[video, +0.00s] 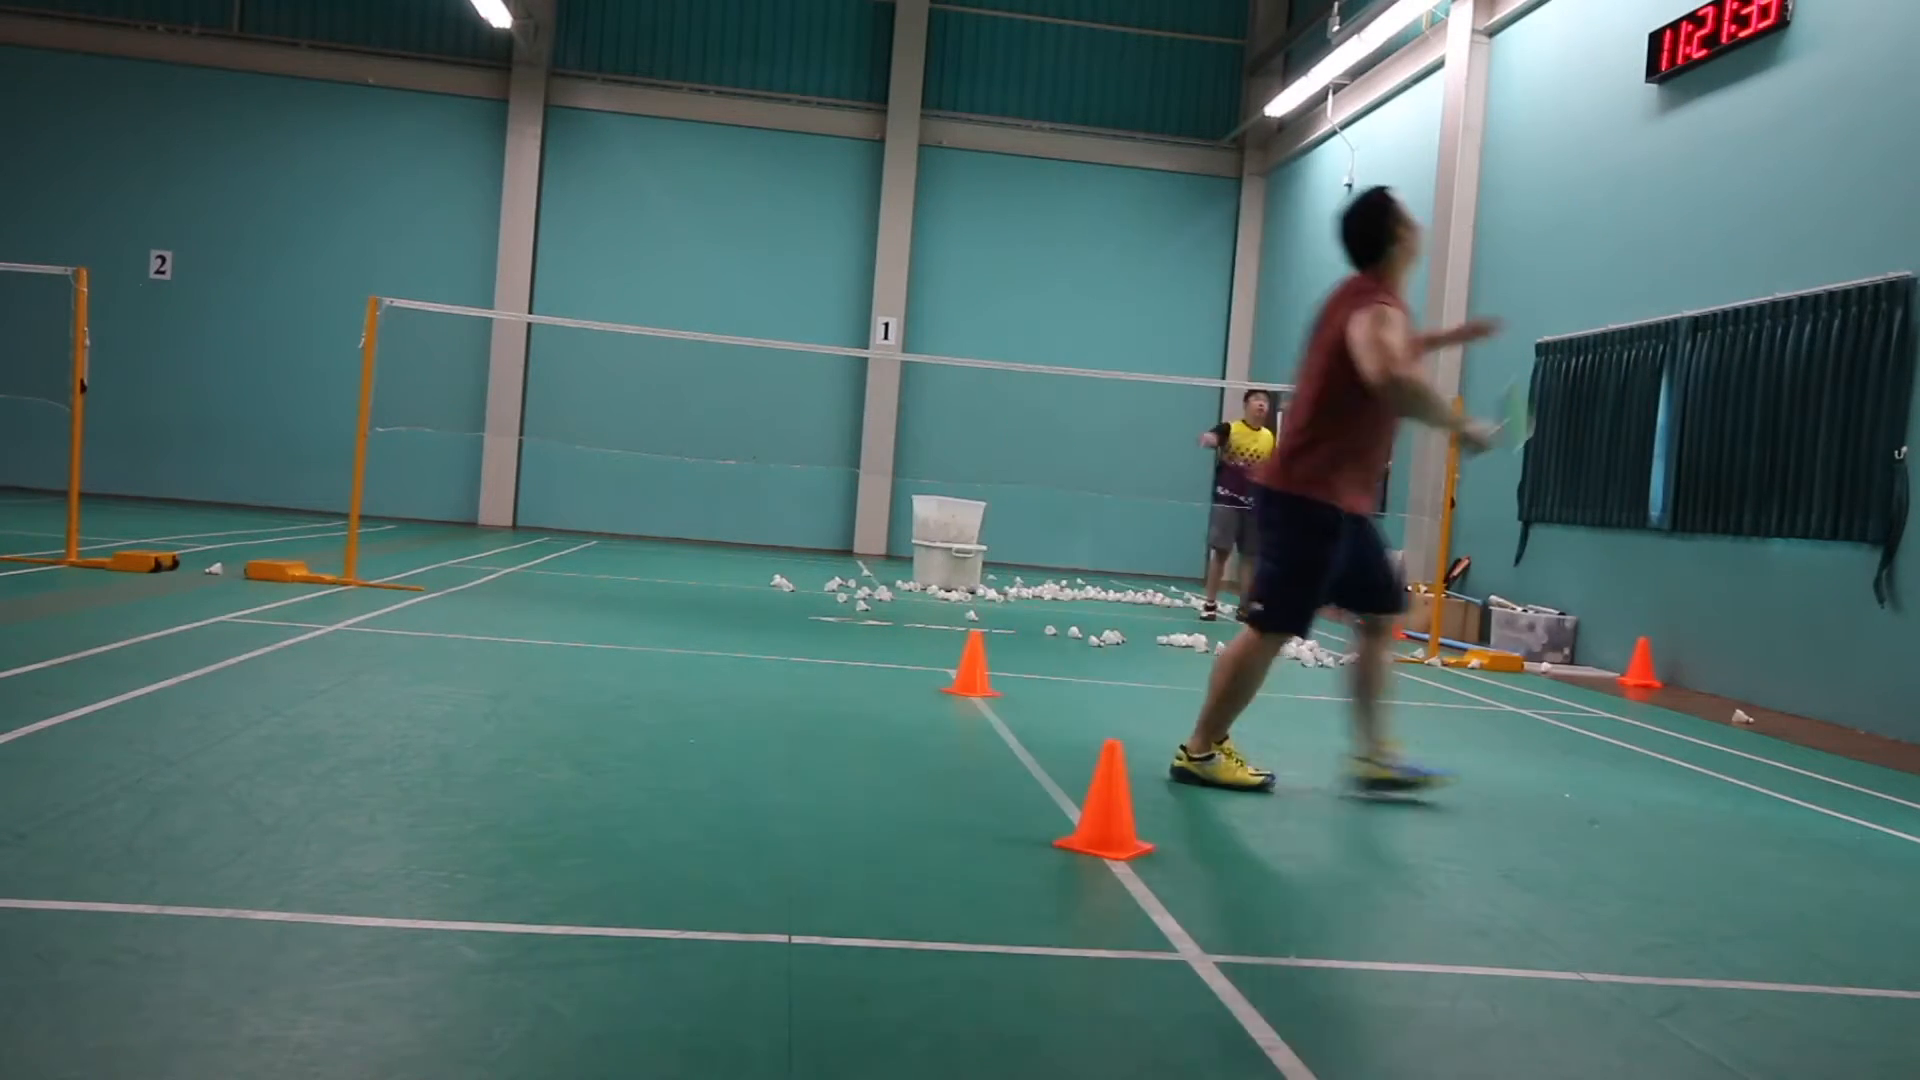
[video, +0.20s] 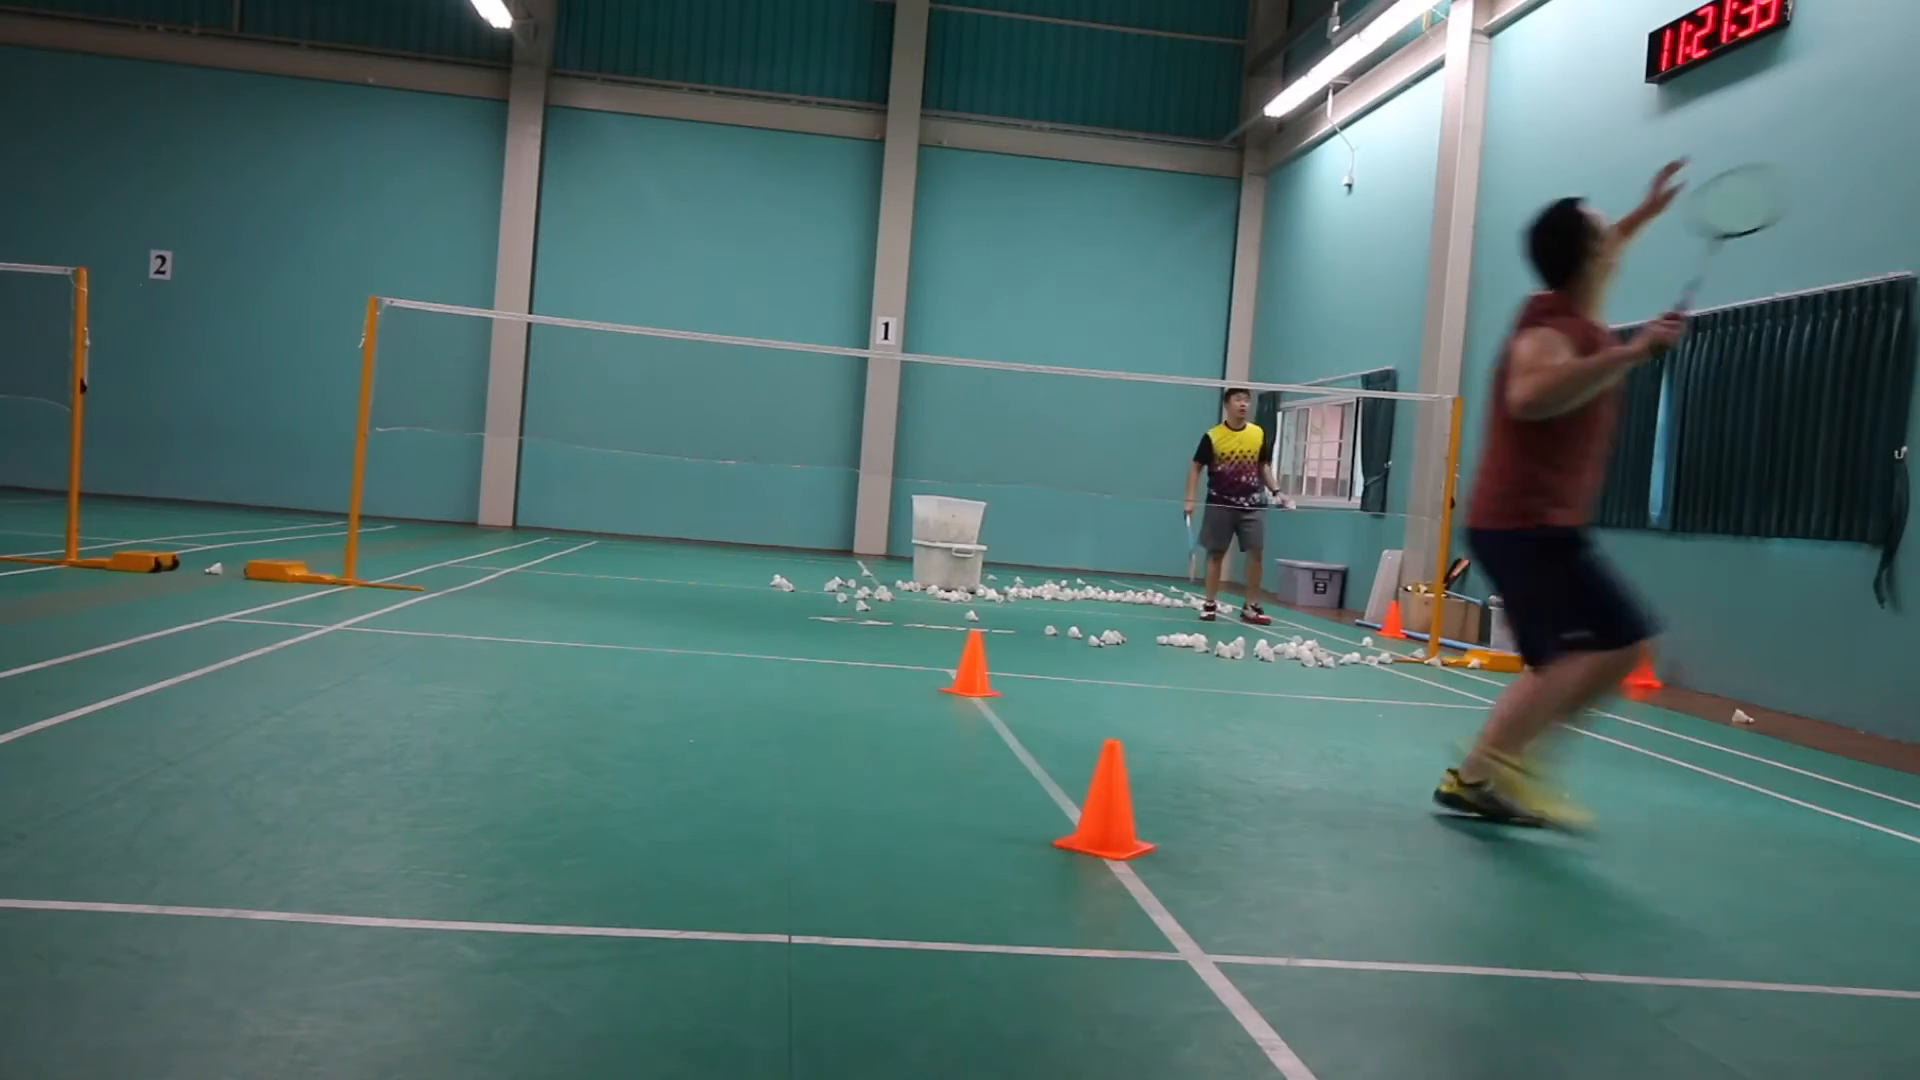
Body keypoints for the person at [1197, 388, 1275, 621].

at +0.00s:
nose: (1261, 405)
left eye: (1265, 402)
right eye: (1257, 401)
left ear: (1268, 409)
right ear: (1246, 405)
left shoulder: (1269, 437)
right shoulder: (1231, 428)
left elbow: (1274, 465)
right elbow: (1214, 435)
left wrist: (1263, 473)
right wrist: (1210, 439)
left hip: (1255, 503)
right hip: (1228, 500)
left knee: (1250, 558)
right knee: (1220, 554)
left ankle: (1245, 605)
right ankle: (1210, 602)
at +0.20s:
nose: (1243, 404)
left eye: (1246, 400)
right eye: (1238, 399)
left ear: (1250, 406)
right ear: (1227, 404)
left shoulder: (1259, 434)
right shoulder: (1212, 437)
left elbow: (1264, 466)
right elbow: (1196, 468)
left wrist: (1276, 491)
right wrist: (1190, 500)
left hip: (1251, 505)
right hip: (1221, 505)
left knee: (1256, 553)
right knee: (1216, 555)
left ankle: (1251, 605)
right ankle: (1210, 602)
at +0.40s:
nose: (1244, 407)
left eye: (1247, 403)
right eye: (1239, 403)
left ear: (1251, 407)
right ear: (1229, 407)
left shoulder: (1263, 435)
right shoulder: (1215, 439)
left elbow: (1270, 467)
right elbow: (1200, 473)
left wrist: (1284, 496)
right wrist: (1193, 503)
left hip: (1254, 508)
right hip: (1223, 507)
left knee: (1259, 557)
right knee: (1217, 555)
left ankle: (1268, 607)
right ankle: (1209, 603)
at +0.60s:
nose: (1264, 407)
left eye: (1267, 403)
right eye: (1259, 403)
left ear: (1271, 408)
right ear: (1248, 407)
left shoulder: (1280, 439)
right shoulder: (1232, 438)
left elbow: (1286, 471)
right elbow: (1218, 470)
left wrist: (1299, 501)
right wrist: (1214, 500)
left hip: (1266, 508)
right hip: (1236, 506)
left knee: (1270, 558)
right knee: (1226, 554)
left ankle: (1271, 609)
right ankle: (1210, 602)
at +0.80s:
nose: (1275, 409)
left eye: (1279, 405)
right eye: (1270, 405)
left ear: (1283, 410)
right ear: (1260, 409)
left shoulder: (1288, 441)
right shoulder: (1244, 439)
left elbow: (1290, 474)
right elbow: (1226, 471)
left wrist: (1304, 501)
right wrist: (1230, 501)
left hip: (1273, 511)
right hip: (1244, 509)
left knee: (1273, 558)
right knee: (1228, 556)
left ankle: (1272, 608)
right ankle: (1211, 602)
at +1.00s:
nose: (1264, 420)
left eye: (1269, 416)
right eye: (1261, 415)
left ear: (1274, 420)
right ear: (1253, 417)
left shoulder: (1279, 446)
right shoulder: (1236, 442)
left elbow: (1286, 476)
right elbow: (1206, 459)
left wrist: (1300, 503)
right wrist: (1205, 483)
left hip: (1263, 513)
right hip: (1231, 509)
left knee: (1270, 559)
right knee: (1216, 554)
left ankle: (1272, 608)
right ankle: (1196, 598)